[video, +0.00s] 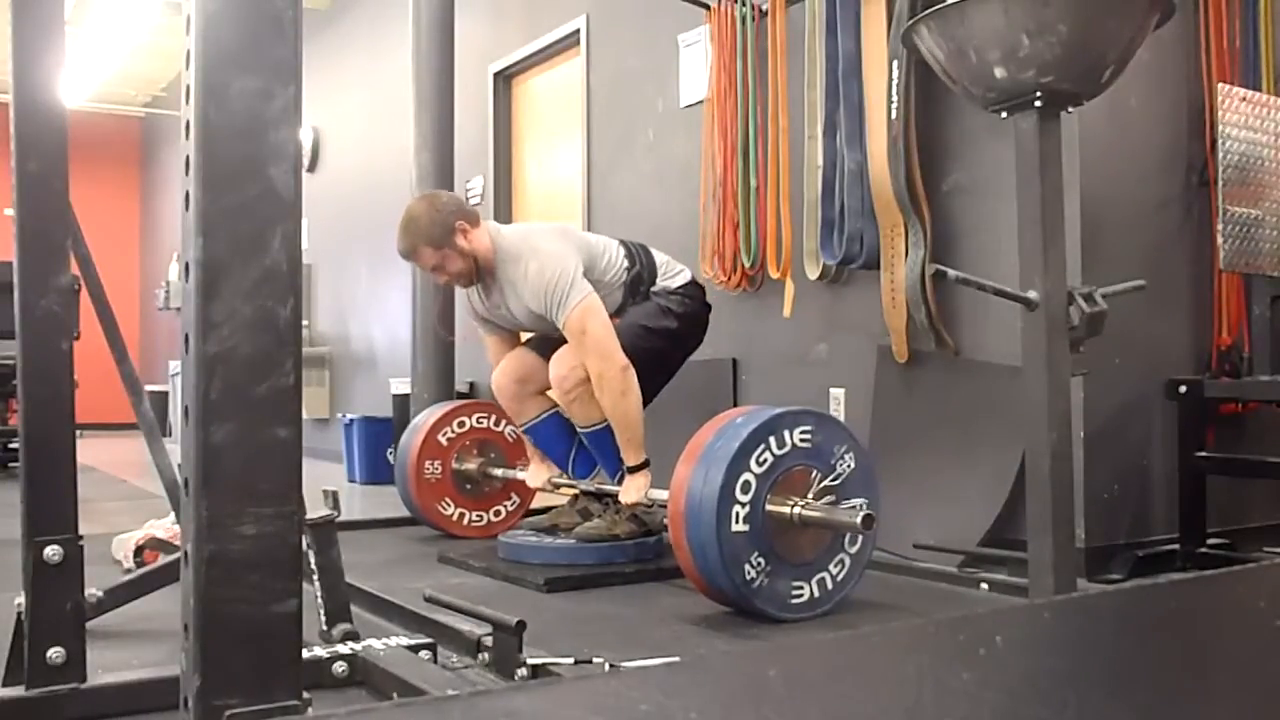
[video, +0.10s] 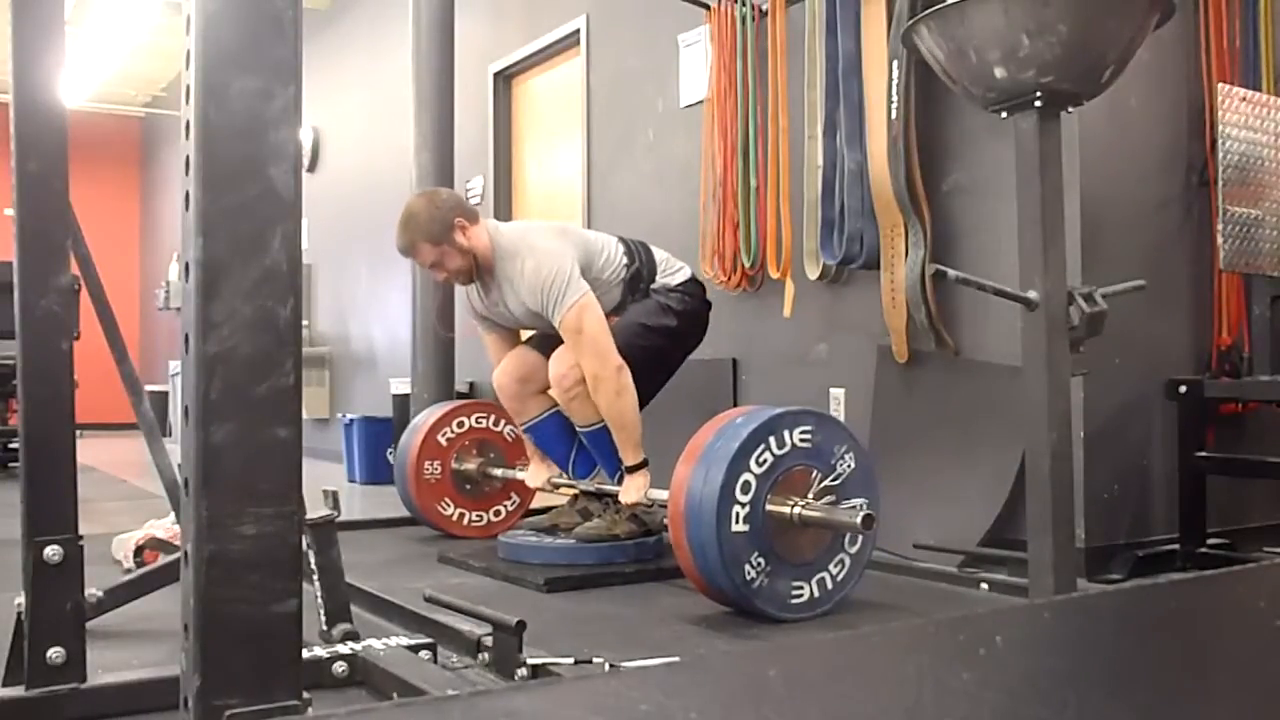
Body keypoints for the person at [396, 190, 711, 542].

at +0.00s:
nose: (441, 280)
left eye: (441, 265)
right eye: (431, 273)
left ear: (464, 232)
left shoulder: (540, 262)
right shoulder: (476, 290)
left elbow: (610, 367)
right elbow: (509, 379)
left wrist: (635, 470)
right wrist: (539, 458)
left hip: (668, 297)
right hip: (605, 310)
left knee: (571, 374)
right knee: (511, 382)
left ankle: (629, 494)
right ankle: (591, 490)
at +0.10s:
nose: (438, 278)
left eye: (439, 263)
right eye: (429, 270)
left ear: (463, 230)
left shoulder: (539, 260)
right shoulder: (476, 288)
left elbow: (606, 367)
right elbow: (511, 379)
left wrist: (635, 470)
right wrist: (539, 458)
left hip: (669, 294)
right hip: (606, 308)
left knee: (570, 374)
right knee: (513, 381)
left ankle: (629, 494)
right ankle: (590, 492)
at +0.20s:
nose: (438, 276)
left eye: (438, 261)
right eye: (429, 268)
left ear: (462, 228)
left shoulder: (537, 257)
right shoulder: (479, 287)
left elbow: (600, 365)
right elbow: (514, 378)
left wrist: (635, 469)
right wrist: (540, 459)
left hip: (670, 289)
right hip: (607, 302)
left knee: (570, 372)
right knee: (515, 376)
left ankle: (628, 493)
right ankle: (590, 493)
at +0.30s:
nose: (439, 272)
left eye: (439, 258)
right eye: (429, 265)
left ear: (463, 226)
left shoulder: (540, 257)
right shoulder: (481, 284)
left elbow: (601, 364)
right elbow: (515, 375)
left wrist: (636, 469)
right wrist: (539, 457)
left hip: (672, 286)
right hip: (610, 299)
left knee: (573, 371)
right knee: (519, 376)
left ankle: (627, 493)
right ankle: (592, 493)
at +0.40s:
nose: (443, 269)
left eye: (442, 255)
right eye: (433, 262)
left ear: (466, 224)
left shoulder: (543, 257)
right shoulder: (485, 281)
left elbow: (604, 363)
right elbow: (517, 374)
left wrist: (636, 468)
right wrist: (540, 457)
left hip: (675, 282)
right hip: (613, 296)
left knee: (579, 368)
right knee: (522, 375)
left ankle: (627, 496)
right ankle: (593, 495)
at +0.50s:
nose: (444, 264)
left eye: (444, 250)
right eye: (436, 257)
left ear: (470, 218)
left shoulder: (548, 255)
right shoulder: (490, 279)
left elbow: (608, 361)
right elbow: (519, 372)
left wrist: (637, 468)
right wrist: (540, 456)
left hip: (678, 279)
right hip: (616, 294)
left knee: (584, 368)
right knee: (524, 374)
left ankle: (633, 493)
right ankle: (596, 491)